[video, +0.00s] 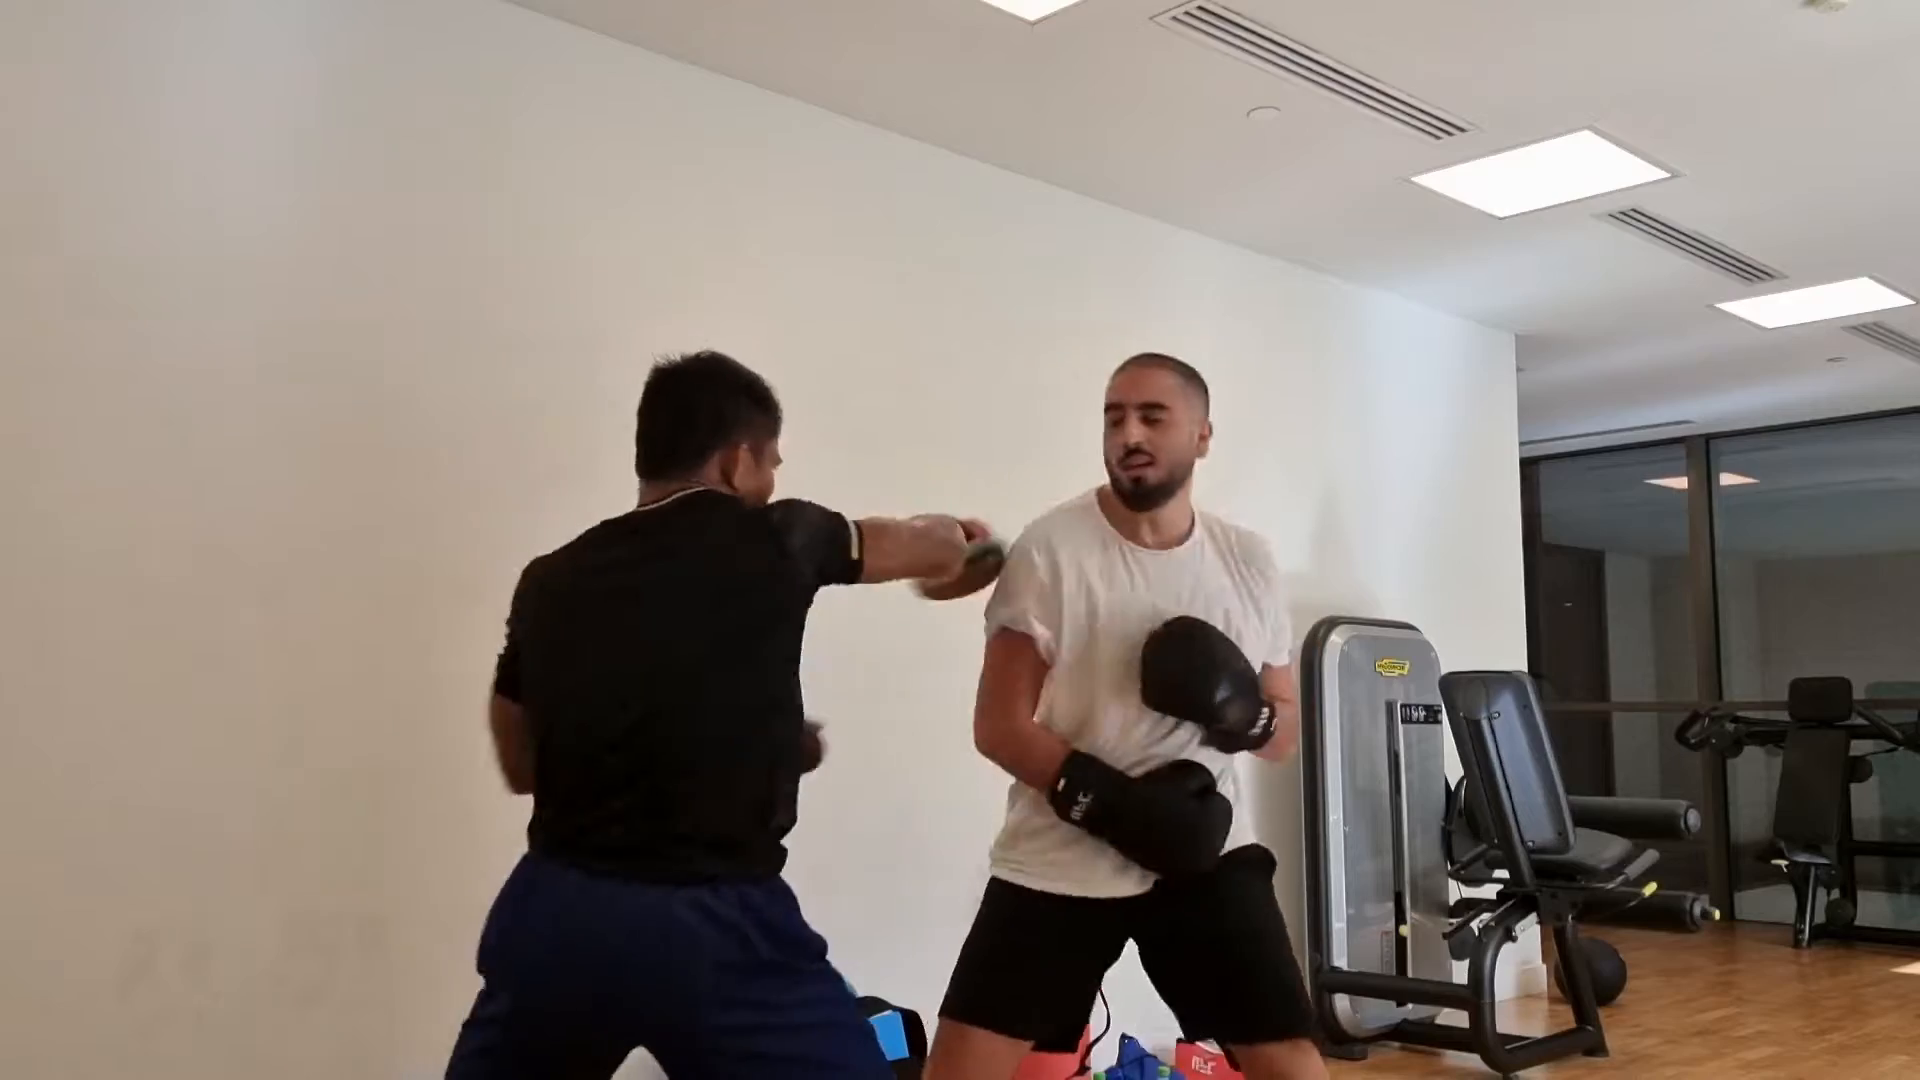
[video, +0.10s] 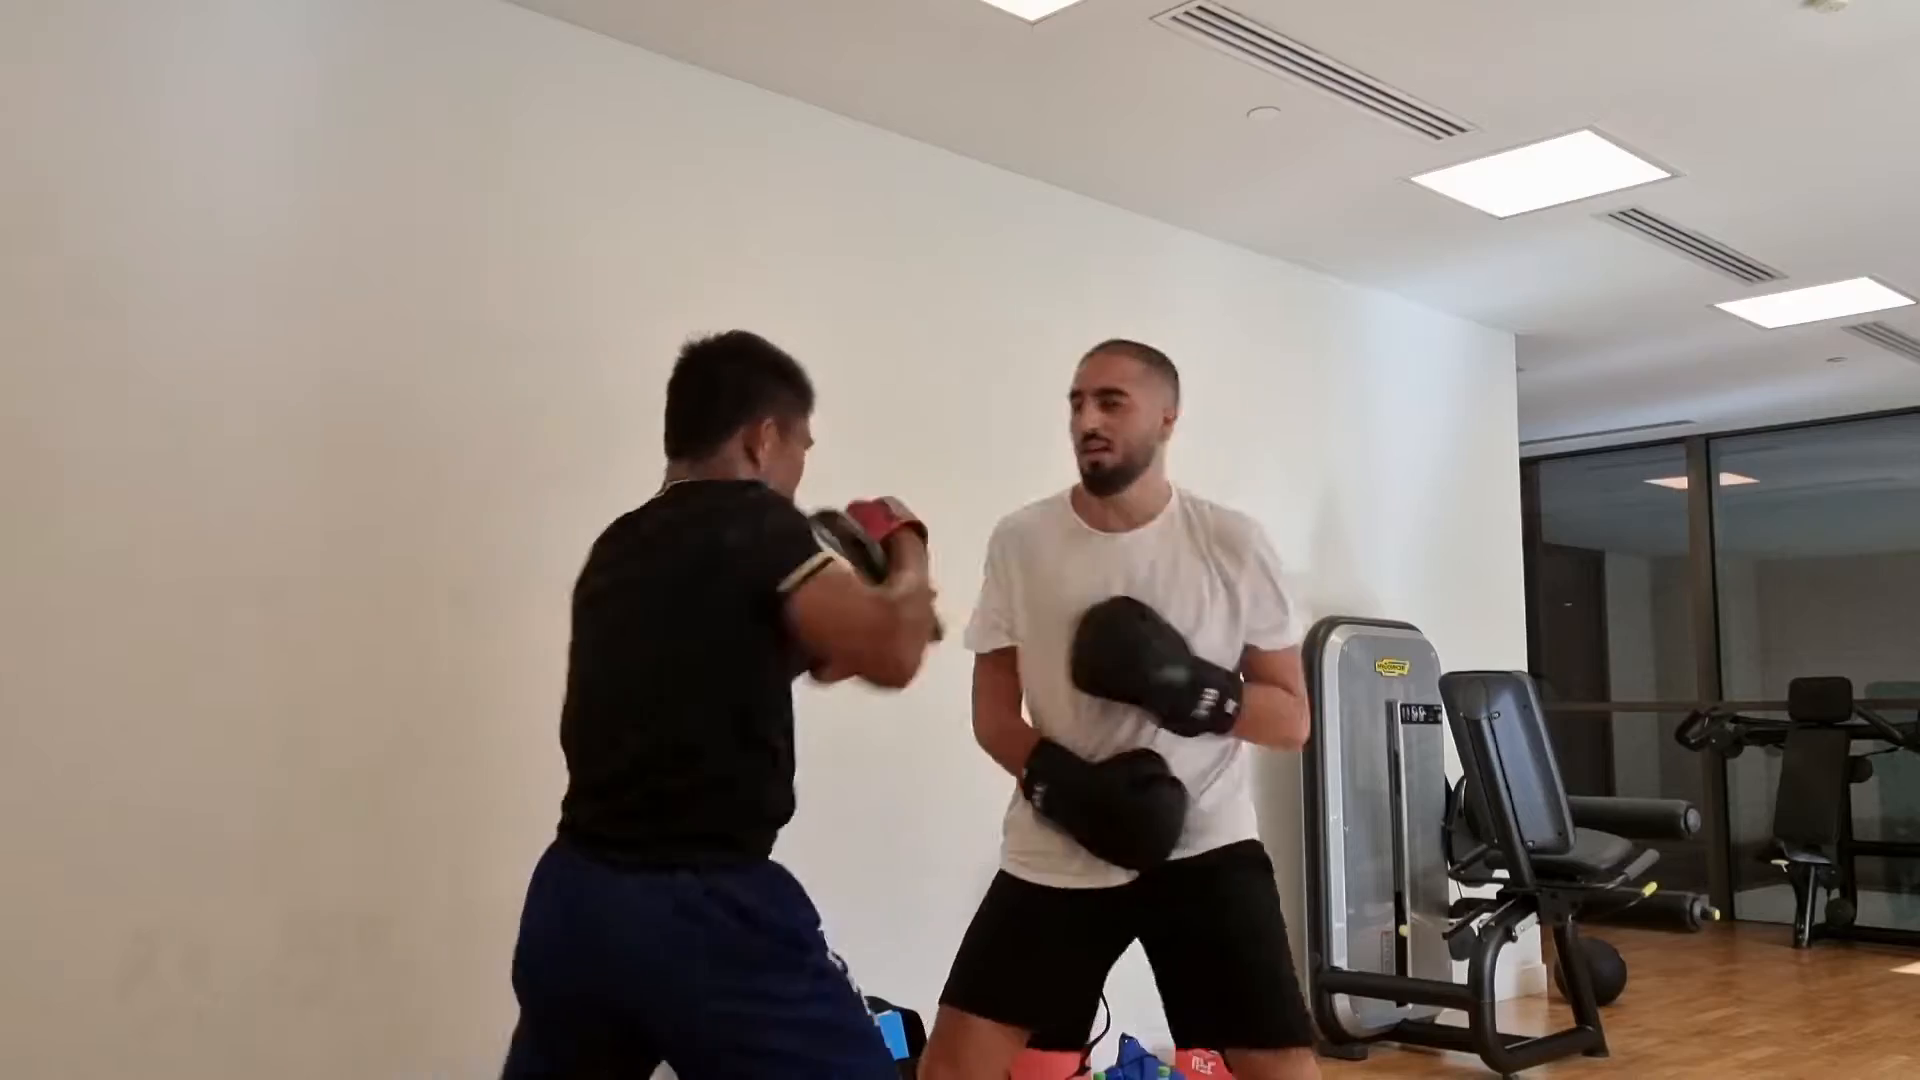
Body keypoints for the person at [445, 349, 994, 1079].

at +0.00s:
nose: (773, 487)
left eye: (777, 468)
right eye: (772, 466)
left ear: (647, 460)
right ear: (736, 460)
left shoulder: (550, 577)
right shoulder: (774, 535)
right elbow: (933, 547)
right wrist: (965, 549)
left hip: (554, 933)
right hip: (725, 939)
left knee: (489, 1066)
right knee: (849, 1063)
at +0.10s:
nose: (803, 467)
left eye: (807, 448)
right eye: (803, 447)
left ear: (681, 440)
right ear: (761, 440)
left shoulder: (614, 546)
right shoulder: (759, 525)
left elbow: (718, 655)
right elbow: (893, 654)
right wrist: (912, 560)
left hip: (576, 905)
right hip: (718, 917)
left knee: (550, 1062)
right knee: (854, 1060)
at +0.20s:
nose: (812, 474)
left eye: (815, 453)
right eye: (809, 452)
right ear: (762, 450)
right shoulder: (677, 557)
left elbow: (860, 593)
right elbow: (747, 715)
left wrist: (986, 554)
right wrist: (849, 592)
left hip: (598, 917)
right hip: (680, 924)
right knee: (825, 1063)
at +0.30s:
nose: (781, 488)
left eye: (785, 464)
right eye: (780, 463)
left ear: (731, 459)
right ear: (735, 458)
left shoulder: (712, 573)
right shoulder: (649, 571)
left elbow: (849, 588)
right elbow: (719, 739)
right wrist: (845, 644)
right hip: (669, 936)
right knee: (821, 1064)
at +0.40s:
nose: (749, 470)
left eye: (753, 447)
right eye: (747, 446)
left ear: (626, 443)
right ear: (702, 445)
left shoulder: (565, 547)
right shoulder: (677, 536)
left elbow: (644, 675)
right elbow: (776, 659)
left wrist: (779, 622)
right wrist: (939, 601)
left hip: (536, 914)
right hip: (669, 919)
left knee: (512, 1069)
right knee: (811, 1064)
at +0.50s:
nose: (723, 461)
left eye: (726, 441)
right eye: (722, 440)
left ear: (595, 435)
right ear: (676, 436)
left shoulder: (497, 542)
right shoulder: (710, 503)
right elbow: (898, 557)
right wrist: (1065, 517)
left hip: (511, 911)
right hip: (675, 904)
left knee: (479, 1067)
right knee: (819, 1062)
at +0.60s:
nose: (736, 469)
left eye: (742, 451)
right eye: (736, 448)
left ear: (610, 432)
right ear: (694, 434)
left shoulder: (502, 535)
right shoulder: (732, 515)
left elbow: (469, 646)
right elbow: (913, 582)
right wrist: (1012, 507)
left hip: (512, 915)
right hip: (681, 924)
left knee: (479, 1068)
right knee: (798, 1067)